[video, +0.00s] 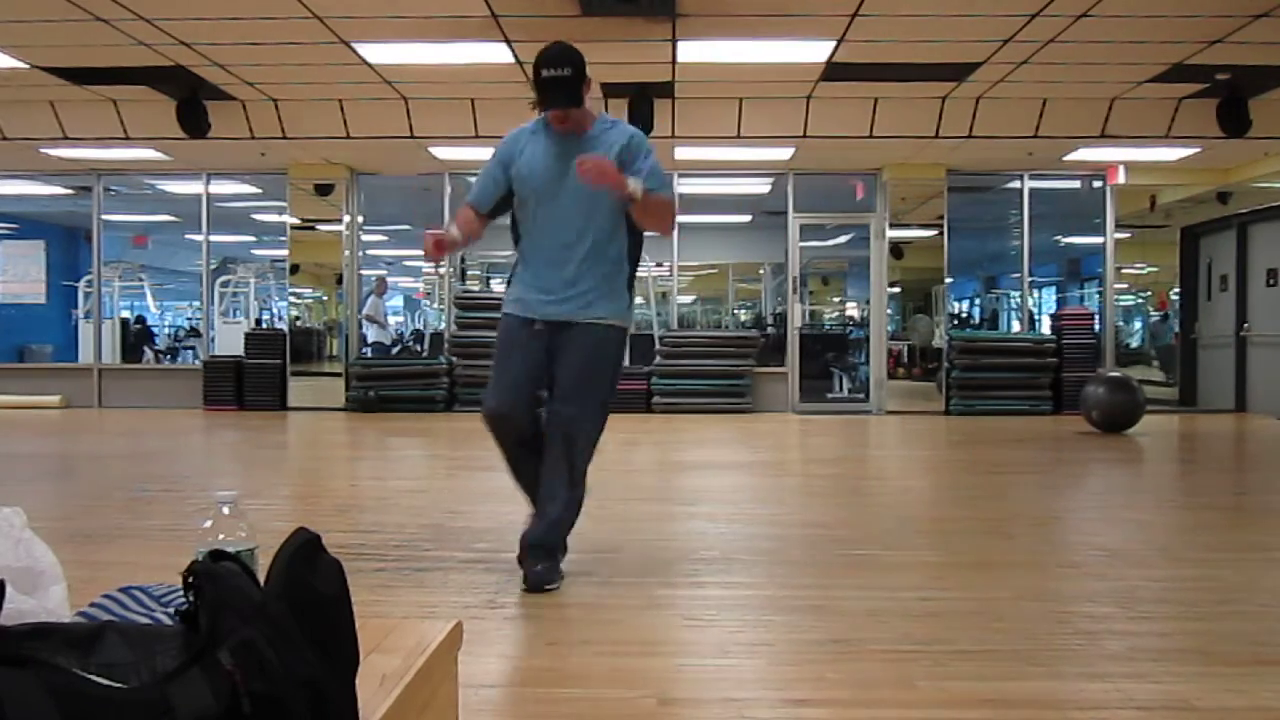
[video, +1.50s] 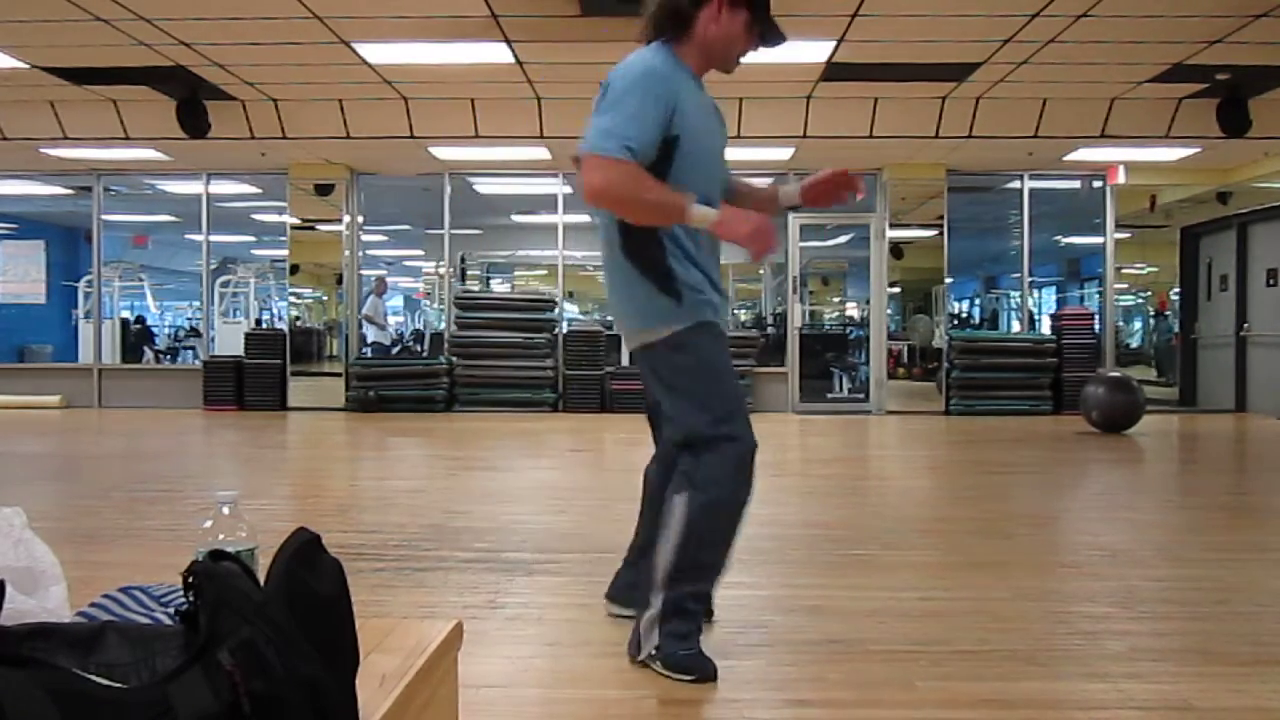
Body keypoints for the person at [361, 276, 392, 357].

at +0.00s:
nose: (386, 288)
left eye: (386, 285)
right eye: (384, 285)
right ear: (377, 286)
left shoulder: (381, 300)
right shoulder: (373, 299)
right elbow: (366, 314)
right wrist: (380, 323)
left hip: (384, 337)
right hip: (377, 338)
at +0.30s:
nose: (385, 288)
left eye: (384, 285)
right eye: (381, 285)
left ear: (385, 287)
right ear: (377, 286)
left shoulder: (381, 301)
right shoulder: (373, 299)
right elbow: (366, 314)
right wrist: (380, 323)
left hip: (384, 337)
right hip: (377, 337)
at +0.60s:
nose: (386, 288)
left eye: (386, 285)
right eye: (384, 285)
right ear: (378, 286)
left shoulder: (381, 301)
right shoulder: (373, 299)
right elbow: (366, 314)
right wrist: (380, 323)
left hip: (385, 338)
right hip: (377, 338)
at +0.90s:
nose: (386, 288)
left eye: (386, 286)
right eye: (384, 286)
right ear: (378, 286)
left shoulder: (381, 301)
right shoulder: (373, 299)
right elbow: (366, 314)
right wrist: (380, 324)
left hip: (385, 337)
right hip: (377, 338)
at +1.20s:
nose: (386, 288)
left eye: (386, 286)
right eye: (383, 286)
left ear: (386, 287)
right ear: (378, 286)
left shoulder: (381, 301)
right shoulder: (373, 299)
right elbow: (366, 314)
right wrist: (379, 324)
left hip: (385, 337)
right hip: (376, 337)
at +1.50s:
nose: (386, 287)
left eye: (386, 285)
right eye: (384, 285)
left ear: (385, 286)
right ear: (377, 286)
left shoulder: (381, 301)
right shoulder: (373, 299)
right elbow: (365, 314)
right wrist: (379, 324)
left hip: (384, 337)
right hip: (376, 338)